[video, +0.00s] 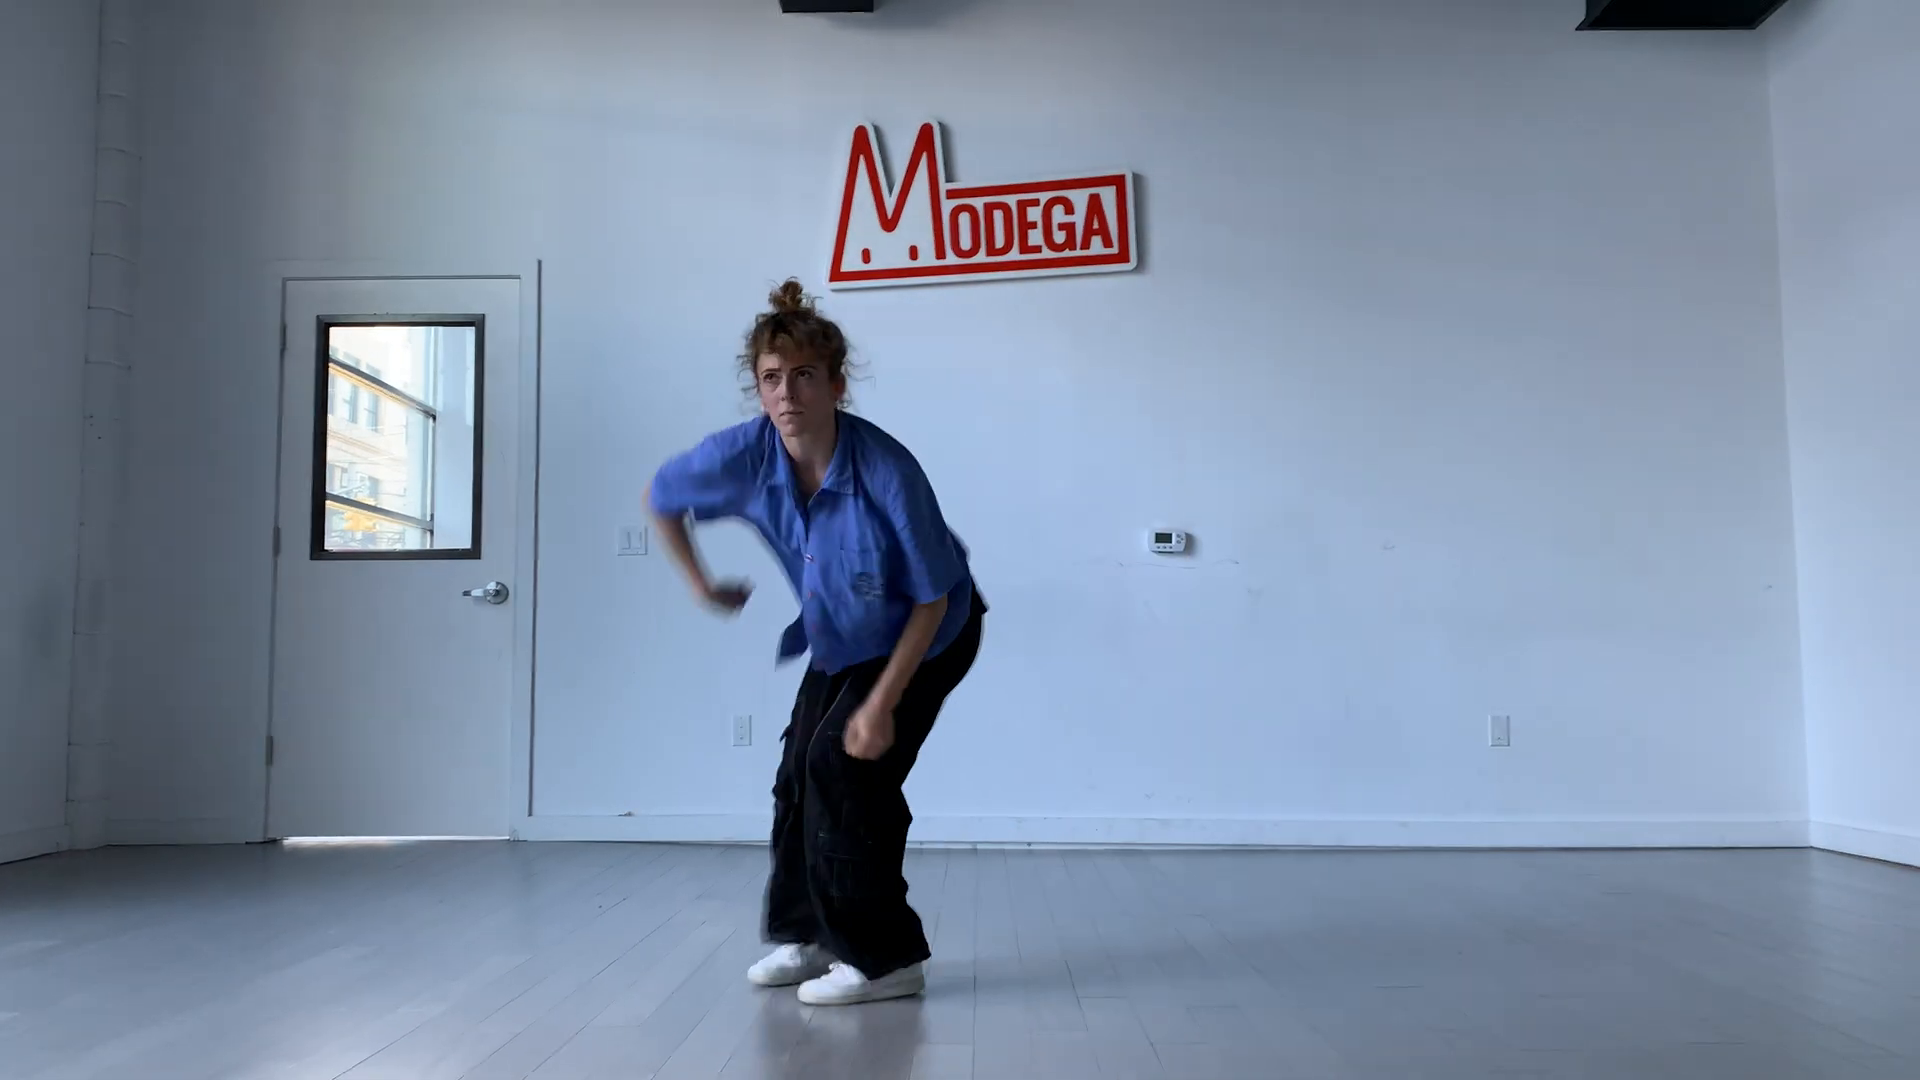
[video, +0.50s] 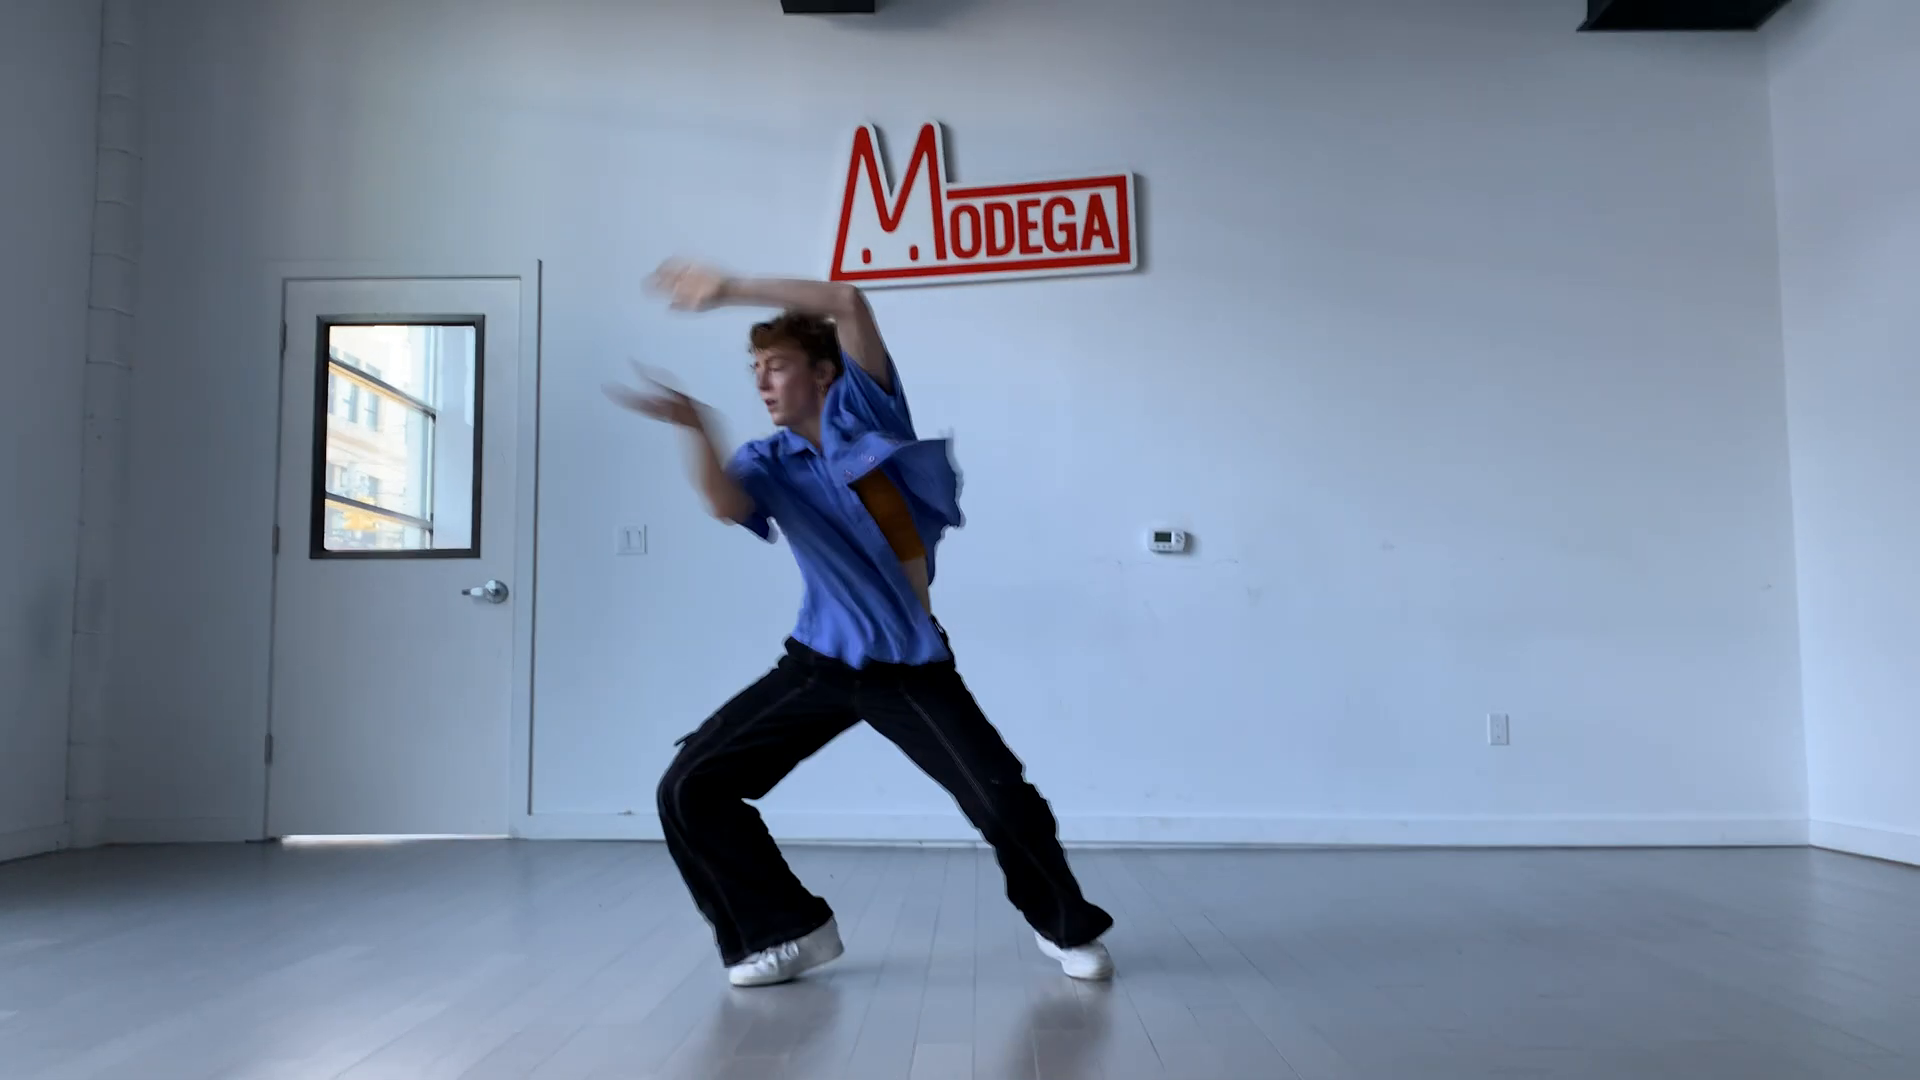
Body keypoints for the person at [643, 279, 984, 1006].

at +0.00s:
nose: (786, 392)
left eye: (802, 376)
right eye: (772, 378)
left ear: (837, 384)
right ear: (757, 390)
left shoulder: (886, 473)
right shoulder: (749, 453)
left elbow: (937, 594)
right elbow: (661, 495)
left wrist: (882, 699)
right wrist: (701, 584)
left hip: (926, 626)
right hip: (842, 629)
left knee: (848, 763)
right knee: (800, 768)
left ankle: (887, 957)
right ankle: (809, 936)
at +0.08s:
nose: (784, 402)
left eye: (799, 384)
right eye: (770, 388)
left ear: (835, 387)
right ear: (757, 397)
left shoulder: (891, 464)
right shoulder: (745, 477)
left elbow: (951, 583)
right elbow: (657, 576)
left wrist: (923, 703)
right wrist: (718, 657)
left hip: (904, 643)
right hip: (818, 648)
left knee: (858, 774)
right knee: (803, 784)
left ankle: (891, 957)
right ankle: (802, 943)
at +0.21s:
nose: (770, 414)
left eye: (786, 395)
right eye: (757, 398)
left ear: (823, 395)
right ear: (746, 407)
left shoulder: (884, 453)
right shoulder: (750, 479)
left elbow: (983, 521)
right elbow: (761, 595)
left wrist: (980, 634)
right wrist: (868, 609)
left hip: (909, 646)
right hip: (811, 659)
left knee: (926, 772)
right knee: (776, 804)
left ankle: (933, 937)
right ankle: (807, 943)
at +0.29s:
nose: (766, 412)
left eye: (782, 394)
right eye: (754, 397)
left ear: (819, 394)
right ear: (744, 403)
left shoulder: (867, 436)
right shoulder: (753, 476)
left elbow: (942, 437)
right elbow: (826, 567)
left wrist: (953, 542)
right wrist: (943, 550)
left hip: (913, 654)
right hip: (819, 659)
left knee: (968, 780)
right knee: (739, 805)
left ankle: (1019, 937)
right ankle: (800, 940)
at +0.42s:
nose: (788, 399)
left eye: (798, 383)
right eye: (772, 388)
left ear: (825, 384)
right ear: (756, 402)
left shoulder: (867, 437)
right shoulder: (765, 470)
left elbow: (849, 340)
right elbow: (820, 536)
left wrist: (789, 368)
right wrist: (917, 506)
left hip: (921, 668)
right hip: (826, 674)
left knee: (1008, 797)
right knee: (700, 790)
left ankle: (1068, 937)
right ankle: (799, 935)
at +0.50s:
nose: (763, 383)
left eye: (776, 367)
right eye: (758, 372)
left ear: (823, 372)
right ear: (758, 384)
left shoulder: (871, 416)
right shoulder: (769, 459)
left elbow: (846, 301)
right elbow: (724, 503)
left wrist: (727, 287)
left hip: (910, 663)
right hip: (820, 662)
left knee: (1003, 798)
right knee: (689, 790)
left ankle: (1072, 930)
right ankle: (789, 929)